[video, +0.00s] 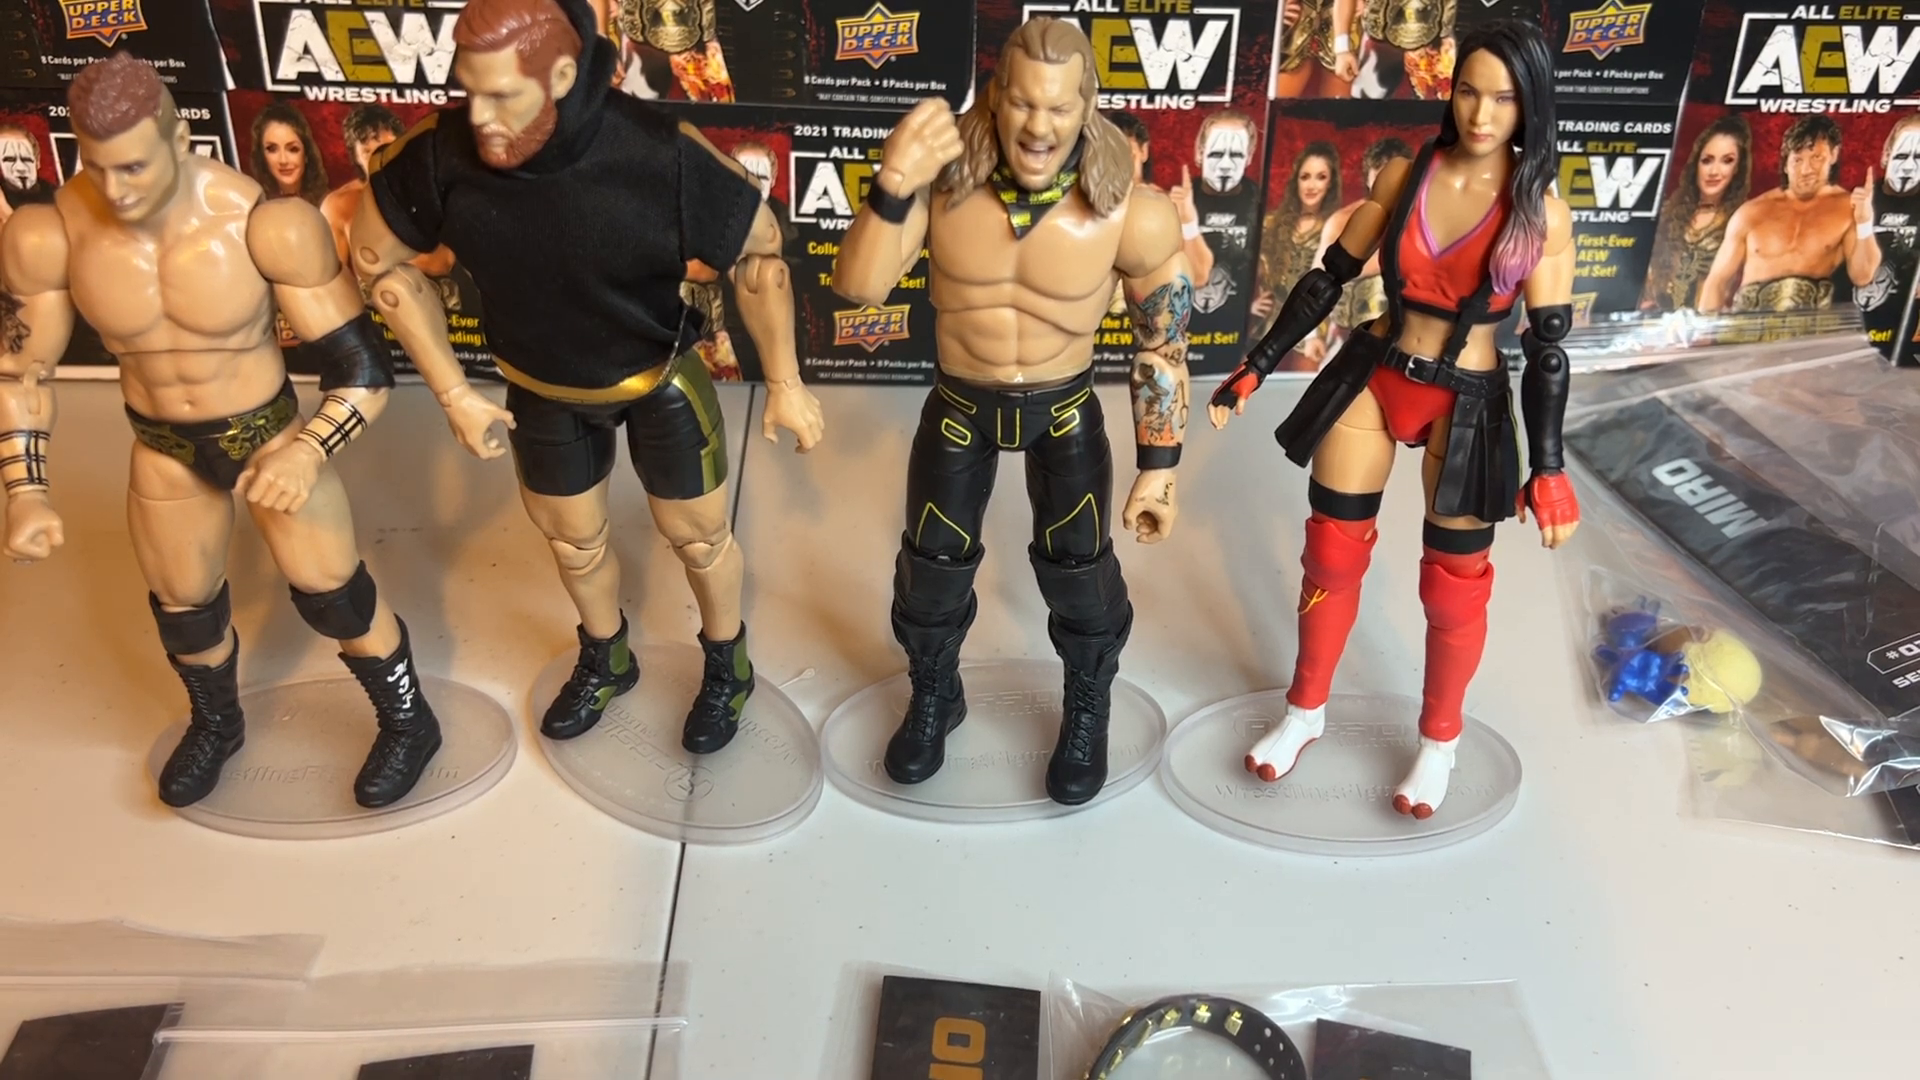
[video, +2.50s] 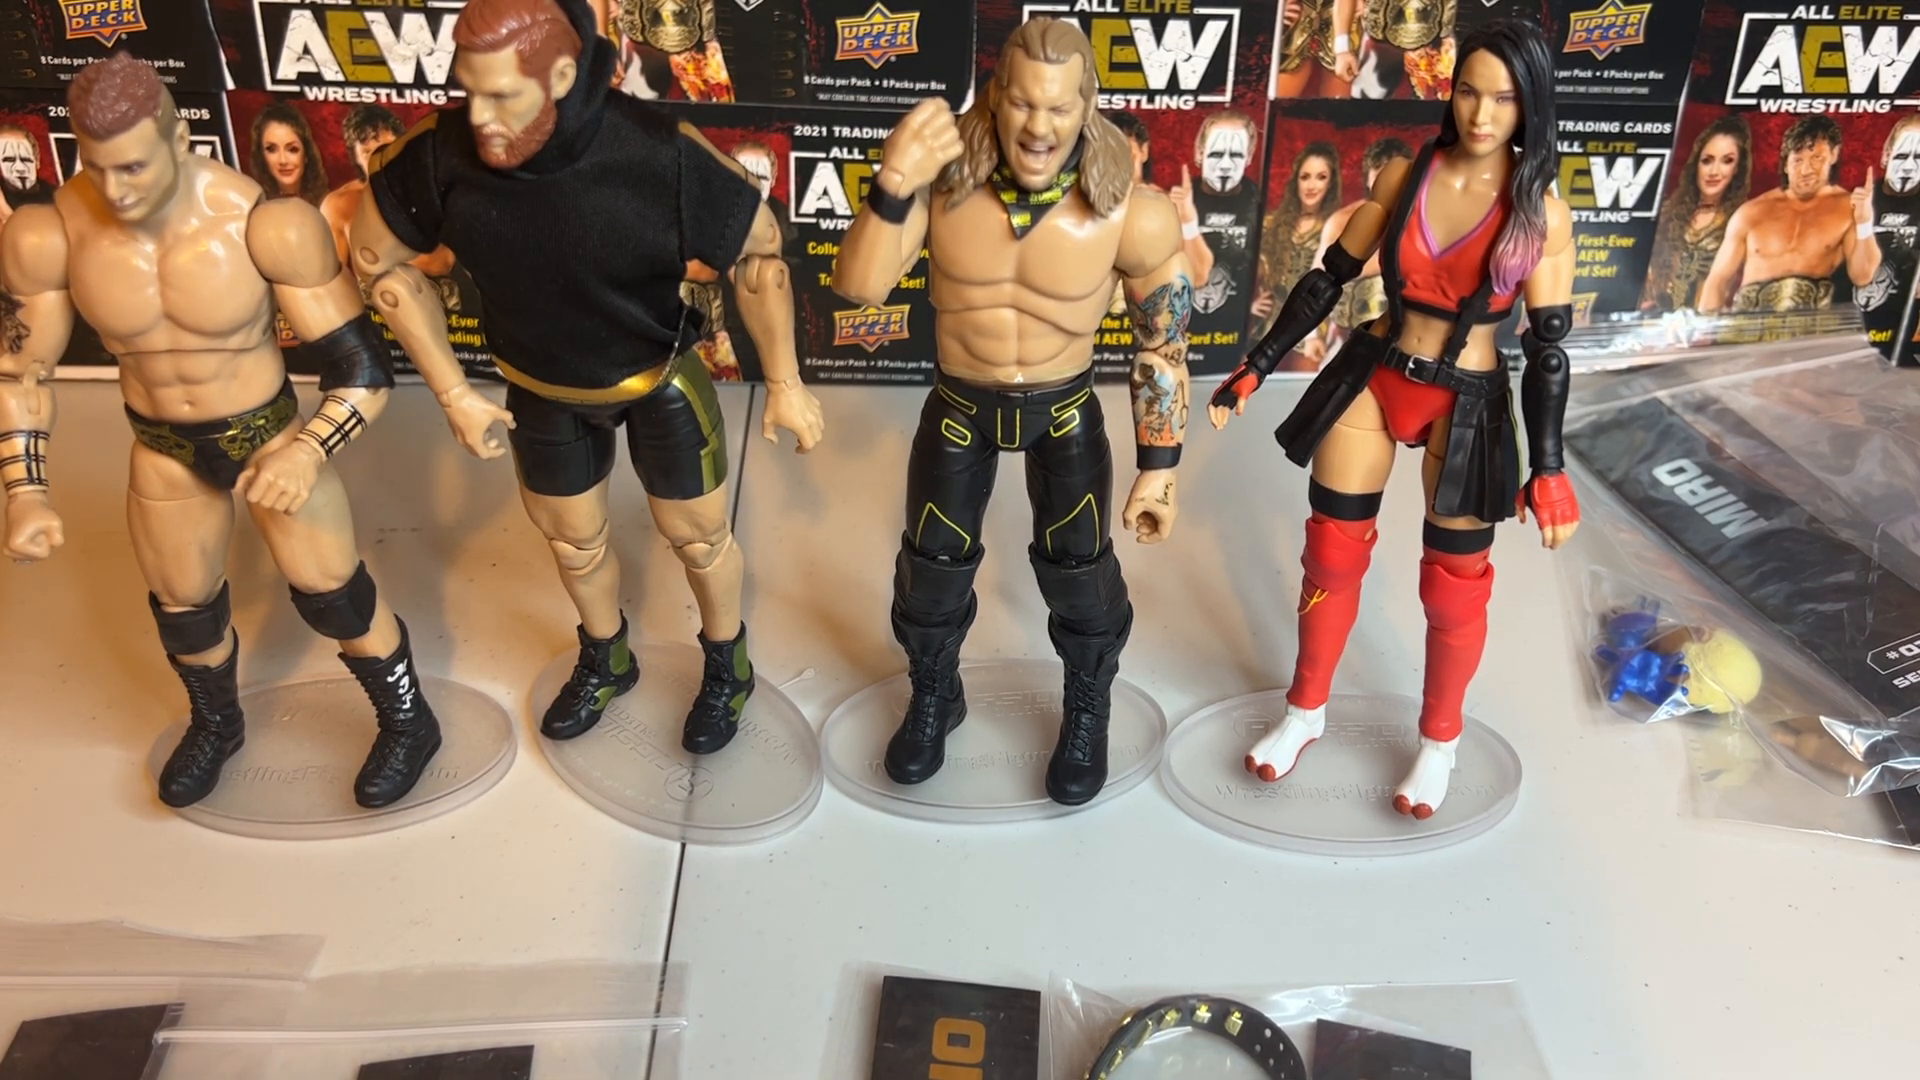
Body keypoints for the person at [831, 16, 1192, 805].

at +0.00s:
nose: (1039, 126)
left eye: (1059, 109)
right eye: (1024, 104)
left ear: (1086, 106)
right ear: (994, 95)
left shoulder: (1129, 207)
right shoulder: (943, 176)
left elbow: (1162, 337)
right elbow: (857, 286)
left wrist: (1161, 463)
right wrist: (892, 189)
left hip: (1064, 408)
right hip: (958, 403)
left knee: (1077, 568)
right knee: (932, 562)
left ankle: (1086, 712)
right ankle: (932, 699)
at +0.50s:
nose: (1039, 126)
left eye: (1059, 109)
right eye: (1023, 104)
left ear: (1086, 106)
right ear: (994, 94)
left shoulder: (1129, 207)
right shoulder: (943, 176)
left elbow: (1163, 337)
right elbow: (857, 286)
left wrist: (1161, 463)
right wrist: (892, 189)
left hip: (1064, 408)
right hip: (958, 403)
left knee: (1077, 569)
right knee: (932, 562)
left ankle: (1086, 711)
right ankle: (932, 698)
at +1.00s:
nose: (1039, 126)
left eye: (1060, 109)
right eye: (1024, 104)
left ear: (1086, 106)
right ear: (995, 95)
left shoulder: (1129, 208)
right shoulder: (943, 176)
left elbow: (1162, 337)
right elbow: (858, 287)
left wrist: (1161, 463)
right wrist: (892, 189)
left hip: (1064, 408)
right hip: (958, 403)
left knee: (1078, 568)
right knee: (933, 562)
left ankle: (1086, 712)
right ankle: (932, 698)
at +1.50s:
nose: (1039, 127)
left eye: (1060, 109)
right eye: (1024, 104)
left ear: (1086, 106)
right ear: (995, 95)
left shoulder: (1130, 208)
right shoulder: (944, 176)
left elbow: (1162, 337)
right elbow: (858, 287)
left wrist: (1161, 464)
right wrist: (891, 189)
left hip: (1064, 408)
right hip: (958, 403)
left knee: (1078, 569)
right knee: (933, 562)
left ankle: (1086, 712)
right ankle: (932, 699)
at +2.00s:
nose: (1040, 127)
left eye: (1060, 109)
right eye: (1024, 104)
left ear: (1086, 107)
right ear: (995, 95)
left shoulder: (1129, 207)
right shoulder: (943, 176)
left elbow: (1163, 337)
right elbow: (857, 287)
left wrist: (1161, 463)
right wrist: (892, 190)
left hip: (1064, 408)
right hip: (959, 403)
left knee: (1078, 568)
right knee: (932, 562)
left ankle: (1086, 714)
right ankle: (932, 699)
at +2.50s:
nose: (1039, 127)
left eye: (1059, 109)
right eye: (1024, 104)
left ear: (1086, 106)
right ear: (995, 95)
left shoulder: (1129, 207)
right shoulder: (943, 175)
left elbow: (1162, 337)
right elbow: (858, 286)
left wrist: (1161, 464)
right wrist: (892, 188)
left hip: (1064, 408)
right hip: (958, 403)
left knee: (1078, 568)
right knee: (932, 562)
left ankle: (1086, 712)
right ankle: (932, 698)